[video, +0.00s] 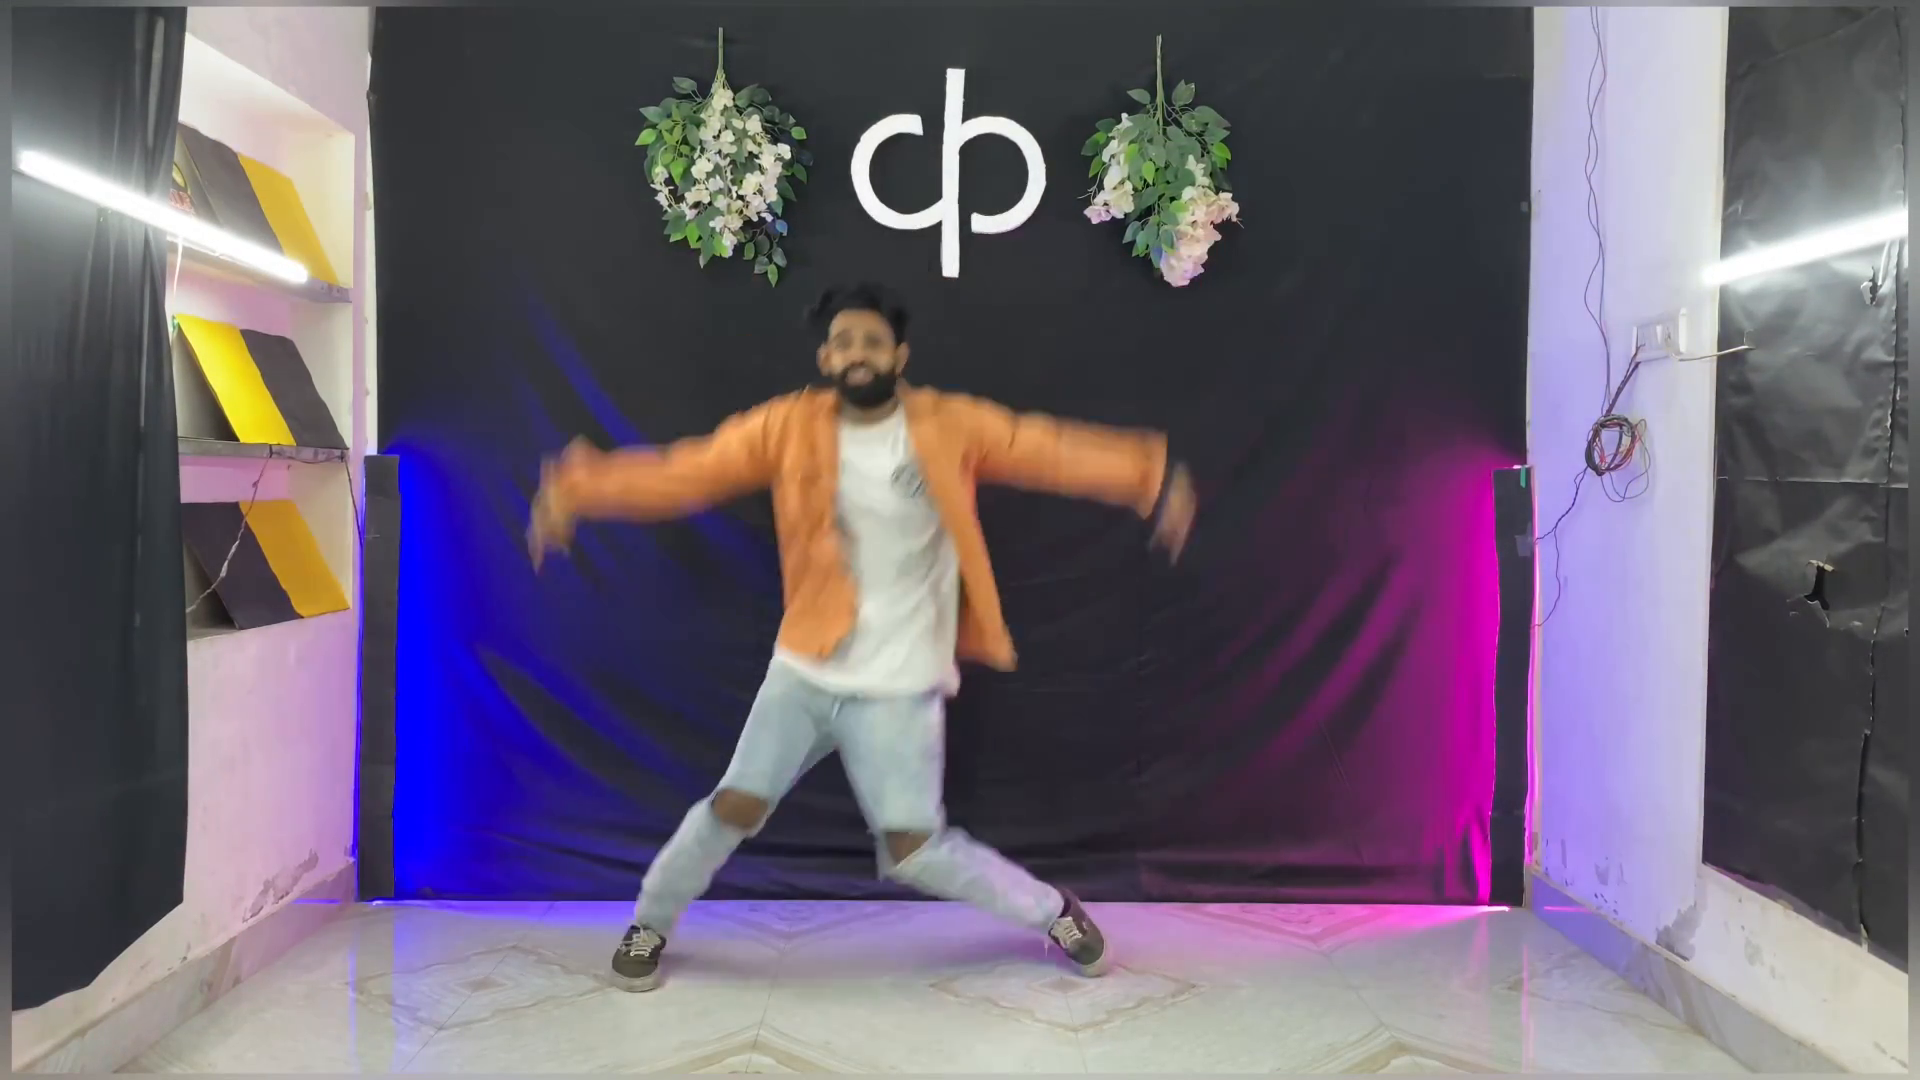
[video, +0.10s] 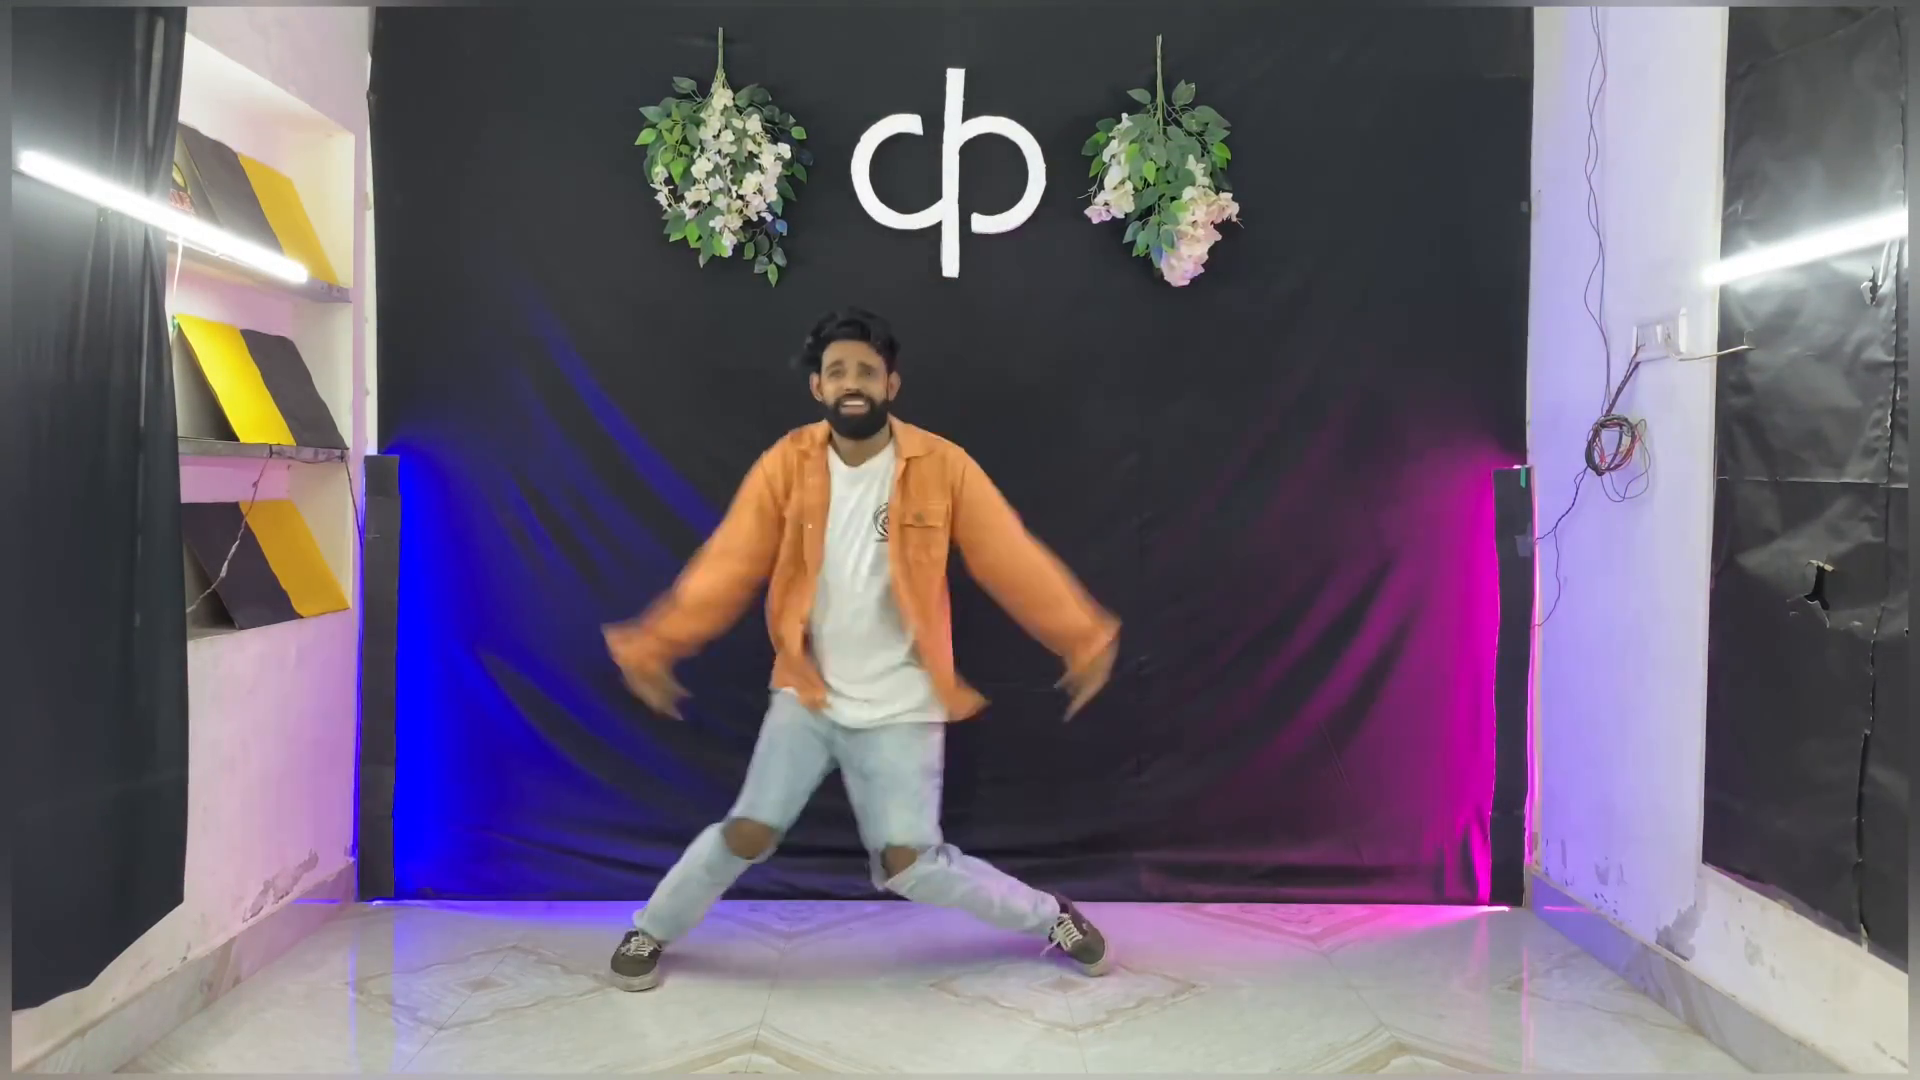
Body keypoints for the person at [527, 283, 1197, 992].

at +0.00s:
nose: (855, 356)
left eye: (871, 343)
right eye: (841, 344)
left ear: (901, 352)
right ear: (823, 358)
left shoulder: (950, 426)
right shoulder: (791, 427)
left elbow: (1051, 449)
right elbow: (685, 472)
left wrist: (1149, 470)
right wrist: (580, 484)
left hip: (902, 679)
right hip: (804, 667)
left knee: (912, 856)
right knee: (734, 808)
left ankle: (1054, 914)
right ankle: (648, 926)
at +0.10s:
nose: (852, 384)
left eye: (866, 371)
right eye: (836, 371)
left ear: (892, 385)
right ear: (815, 388)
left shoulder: (940, 468)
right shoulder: (788, 465)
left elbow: (1008, 555)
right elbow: (729, 563)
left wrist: (1082, 632)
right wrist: (655, 641)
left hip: (902, 697)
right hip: (805, 688)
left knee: (907, 866)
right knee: (750, 831)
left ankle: (1052, 918)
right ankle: (648, 934)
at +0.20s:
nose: (882, 372)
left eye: (896, 358)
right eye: (866, 359)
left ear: (920, 370)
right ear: (842, 374)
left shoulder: (963, 449)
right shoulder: (818, 452)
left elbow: (991, 559)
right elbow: (805, 559)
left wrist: (1007, 664)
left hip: (948, 679)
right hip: (854, 684)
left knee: (965, 825)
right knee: (789, 825)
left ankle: (1060, 924)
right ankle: (661, 928)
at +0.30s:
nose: (928, 347)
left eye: (942, 333)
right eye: (912, 333)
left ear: (965, 343)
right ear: (887, 344)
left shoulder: (1002, 405)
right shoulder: (869, 417)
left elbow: (1019, 520)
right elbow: (872, 533)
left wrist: (963, 595)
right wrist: (940, 545)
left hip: (1003, 632)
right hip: (909, 640)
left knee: (1034, 777)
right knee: (857, 791)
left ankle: (1062, 921)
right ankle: (722, 909)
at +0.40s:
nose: (963, 312)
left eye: (977, 299)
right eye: (947, 298)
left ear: (1001, 310)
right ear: (923, 312)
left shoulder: (1035, 377)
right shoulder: (901, 383)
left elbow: (1086, 481)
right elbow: (856, 498)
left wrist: (1069, 481)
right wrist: (889, 445)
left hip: (1029, 605)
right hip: (939, 603)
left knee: (1060, 764)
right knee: (920, 751)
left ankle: (1066, 915)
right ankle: (882, 886)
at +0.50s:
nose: (992, 264)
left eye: (1006, 252)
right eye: (975, 251)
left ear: (1026, 268)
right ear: (948, 268)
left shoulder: (1059, 346)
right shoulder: (912, 350)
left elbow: (1107, 443)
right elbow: (872, 449)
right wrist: (819, 416)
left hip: (1046, 587)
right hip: (952, 589)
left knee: (1073, 747)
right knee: (945, 742)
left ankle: (1068, 910)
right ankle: (989, 867)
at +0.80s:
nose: (1071, 253)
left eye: (1075, 239)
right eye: (1054, 238)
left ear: (1076, 248)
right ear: (1003, 246)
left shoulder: (1097, 337)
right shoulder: (959, 347)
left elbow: (1151, 429)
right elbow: (896, 449)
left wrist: (1240, 428)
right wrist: (797, 465)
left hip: (1090, 586)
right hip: (999, 591)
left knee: (1082, 752)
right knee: (1004, 753)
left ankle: (1068, 915)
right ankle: (979, 910)